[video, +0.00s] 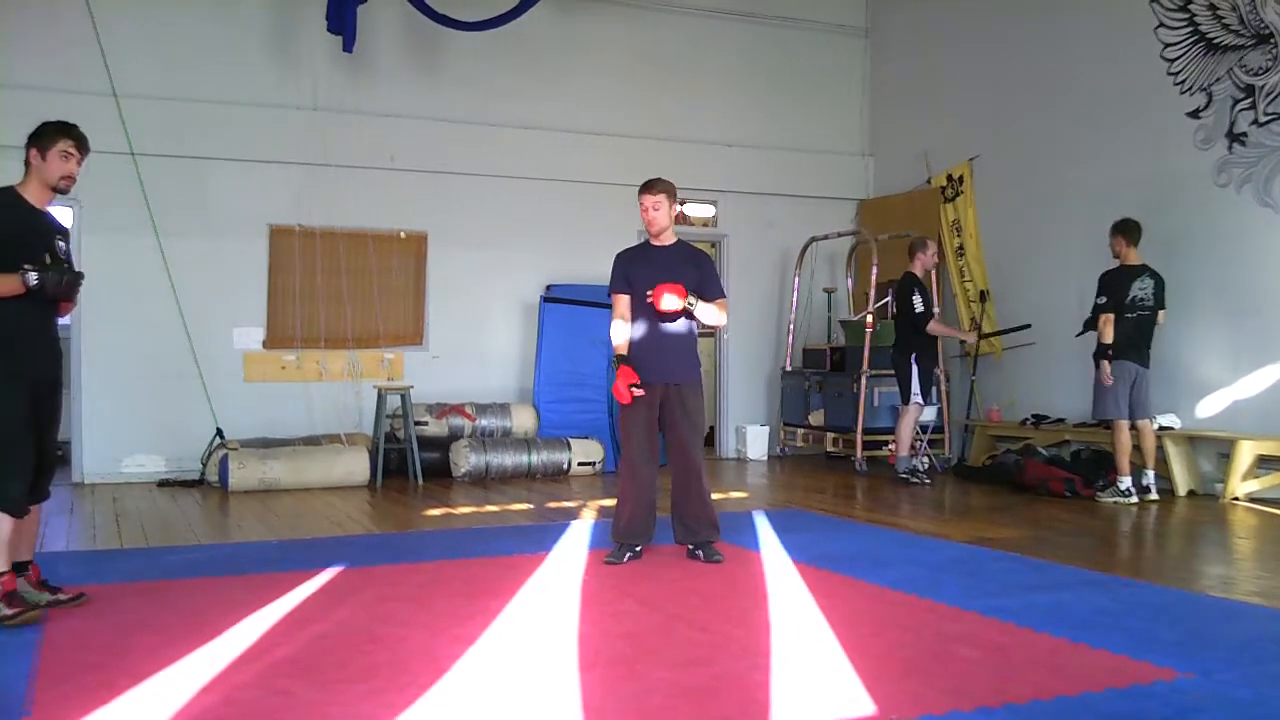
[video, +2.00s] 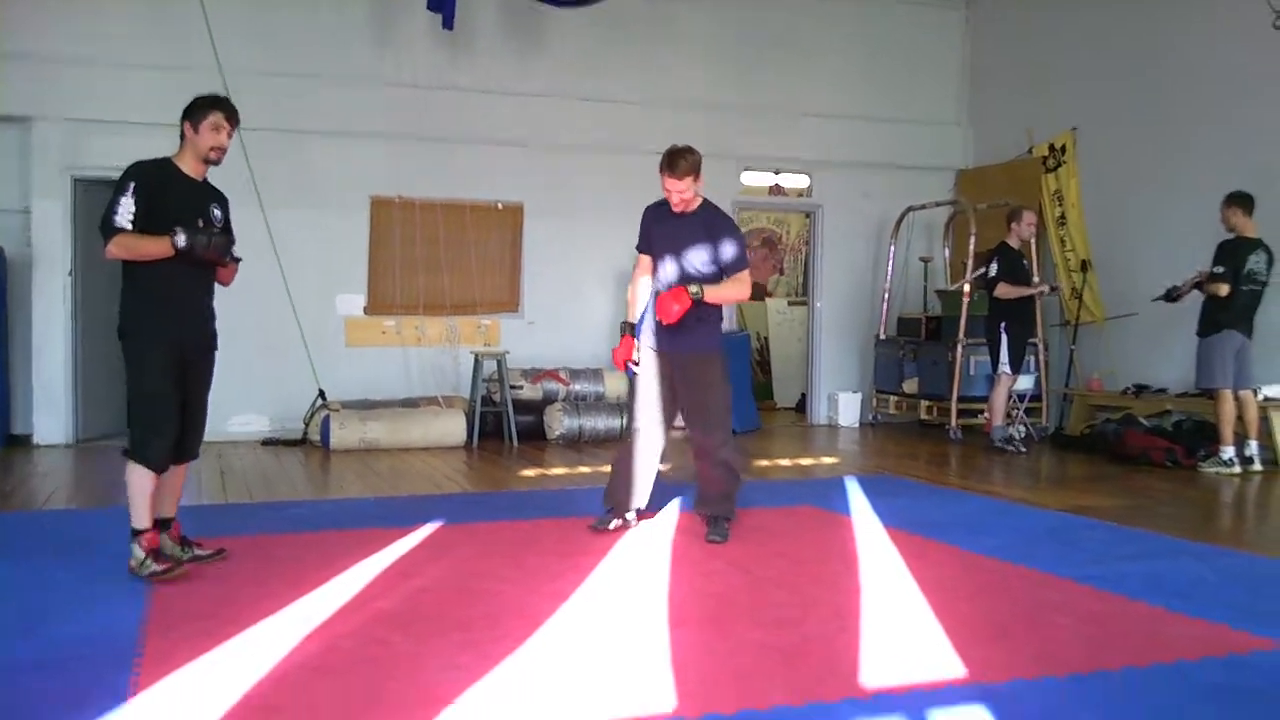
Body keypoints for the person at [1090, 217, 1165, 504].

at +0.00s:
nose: (1110, 245)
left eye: (1112, 240)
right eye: (1111, 240)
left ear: (1122, 241)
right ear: (1136, 241)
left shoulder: (1111, 277)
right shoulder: (1155, 277)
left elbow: (1106, 320)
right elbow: (1160, 317)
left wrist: (1103, 356)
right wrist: (1130, 315)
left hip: (1118, 357)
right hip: (1142, 359)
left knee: (1120, 422)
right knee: (1144, 420)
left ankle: (1124, 485)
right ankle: (1150, 483)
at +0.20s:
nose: (1117, 246)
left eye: (1118, 241)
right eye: (1117, 241)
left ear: (1126, 241)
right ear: (1141, 240)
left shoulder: (1121, 277)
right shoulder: (1160, 277)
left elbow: (1118, 319)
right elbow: (1163, 317)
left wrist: (1112, 356)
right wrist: (1134, 313)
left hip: (1125, 355)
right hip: (1148, 357)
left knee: (1126, 420)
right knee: (1150, 419)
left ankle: (1130, 483)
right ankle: (1156, 481)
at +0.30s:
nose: (1154, 247)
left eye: (1155, 241)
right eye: (1154, 241)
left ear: (1162, 241)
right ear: (1178, 240)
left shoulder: (1160, 276)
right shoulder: (1197, 277)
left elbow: (1154, 320)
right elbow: (1200, 316)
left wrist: (1143, 356)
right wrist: (1169, 313)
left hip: (1162, 356)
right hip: (1185, 357)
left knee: (1165, 422)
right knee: (1187, 420)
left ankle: (1169, 486)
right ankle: (1195, 483)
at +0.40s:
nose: (1190, 250)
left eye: (1192, 245)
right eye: (1190, 245)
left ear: (1201, 245)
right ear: (1214, 246)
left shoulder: (1195, 280)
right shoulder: (1233, 282)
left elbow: (1189, 326)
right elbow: (1234, 322)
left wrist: (1166, 353)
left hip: (1196, 361)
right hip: (1219, 362)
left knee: (1199, 428)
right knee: (1222, 426)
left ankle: (1203, 492)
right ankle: (1229, 491)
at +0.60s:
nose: (1184, 252)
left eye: (1186, 247)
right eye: (1185, 247)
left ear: (1198, 247)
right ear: (1209, 247)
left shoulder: (1191, 281)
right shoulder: (1228, 284)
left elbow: (1178, 324)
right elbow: (1207, 318)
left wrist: (1159, 318)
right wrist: (1174, 304)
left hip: (1188, 361)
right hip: (1212, 362)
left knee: (1190, 427)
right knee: (1212, 426)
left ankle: (1193, 491)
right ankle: (1219, 490)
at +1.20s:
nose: (1201, 257)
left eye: (1203, 251)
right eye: (1200, 252)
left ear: (1216, 247)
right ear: (1222, 247)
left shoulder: (1219, 280)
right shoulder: (1244, 281)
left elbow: (1211, 323)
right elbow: (1220, 315)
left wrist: (1185, 309)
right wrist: (1191, 301)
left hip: (1209, 364)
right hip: (1229, 364)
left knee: (1211, 430)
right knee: (1232, 428)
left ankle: (1216, 495)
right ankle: (1242, 494)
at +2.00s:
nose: (1221, 218)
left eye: (1224, 213)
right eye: (1222, 213)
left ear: (1236, 213)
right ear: (1246, 213)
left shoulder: (1229, 247)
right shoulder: (1264, 251)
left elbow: (1221, 289)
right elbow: (1246, 288)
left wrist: (1201, 283)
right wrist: (1209, 278)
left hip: (1221, 328)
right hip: (1244, 328)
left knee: (1223, 391)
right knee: (1245, 390)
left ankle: (1226, 455)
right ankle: (1253, 453)